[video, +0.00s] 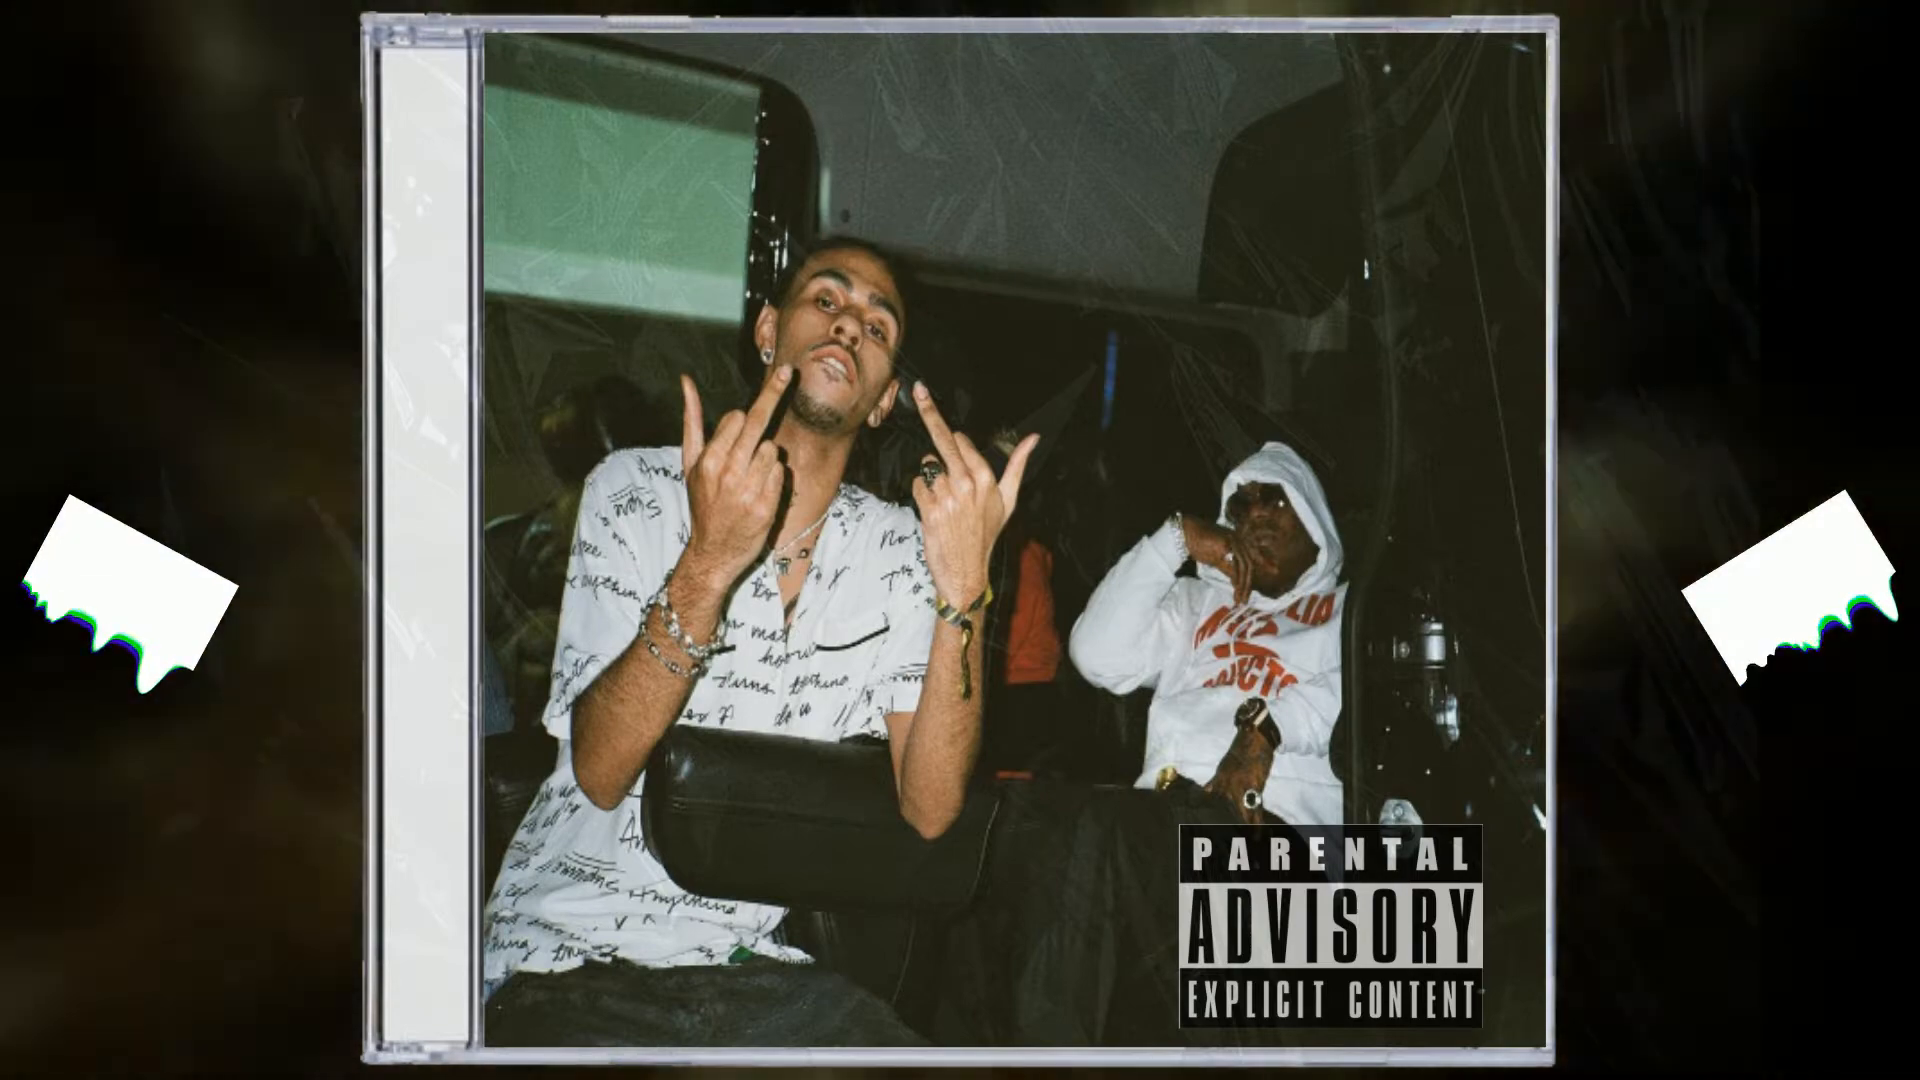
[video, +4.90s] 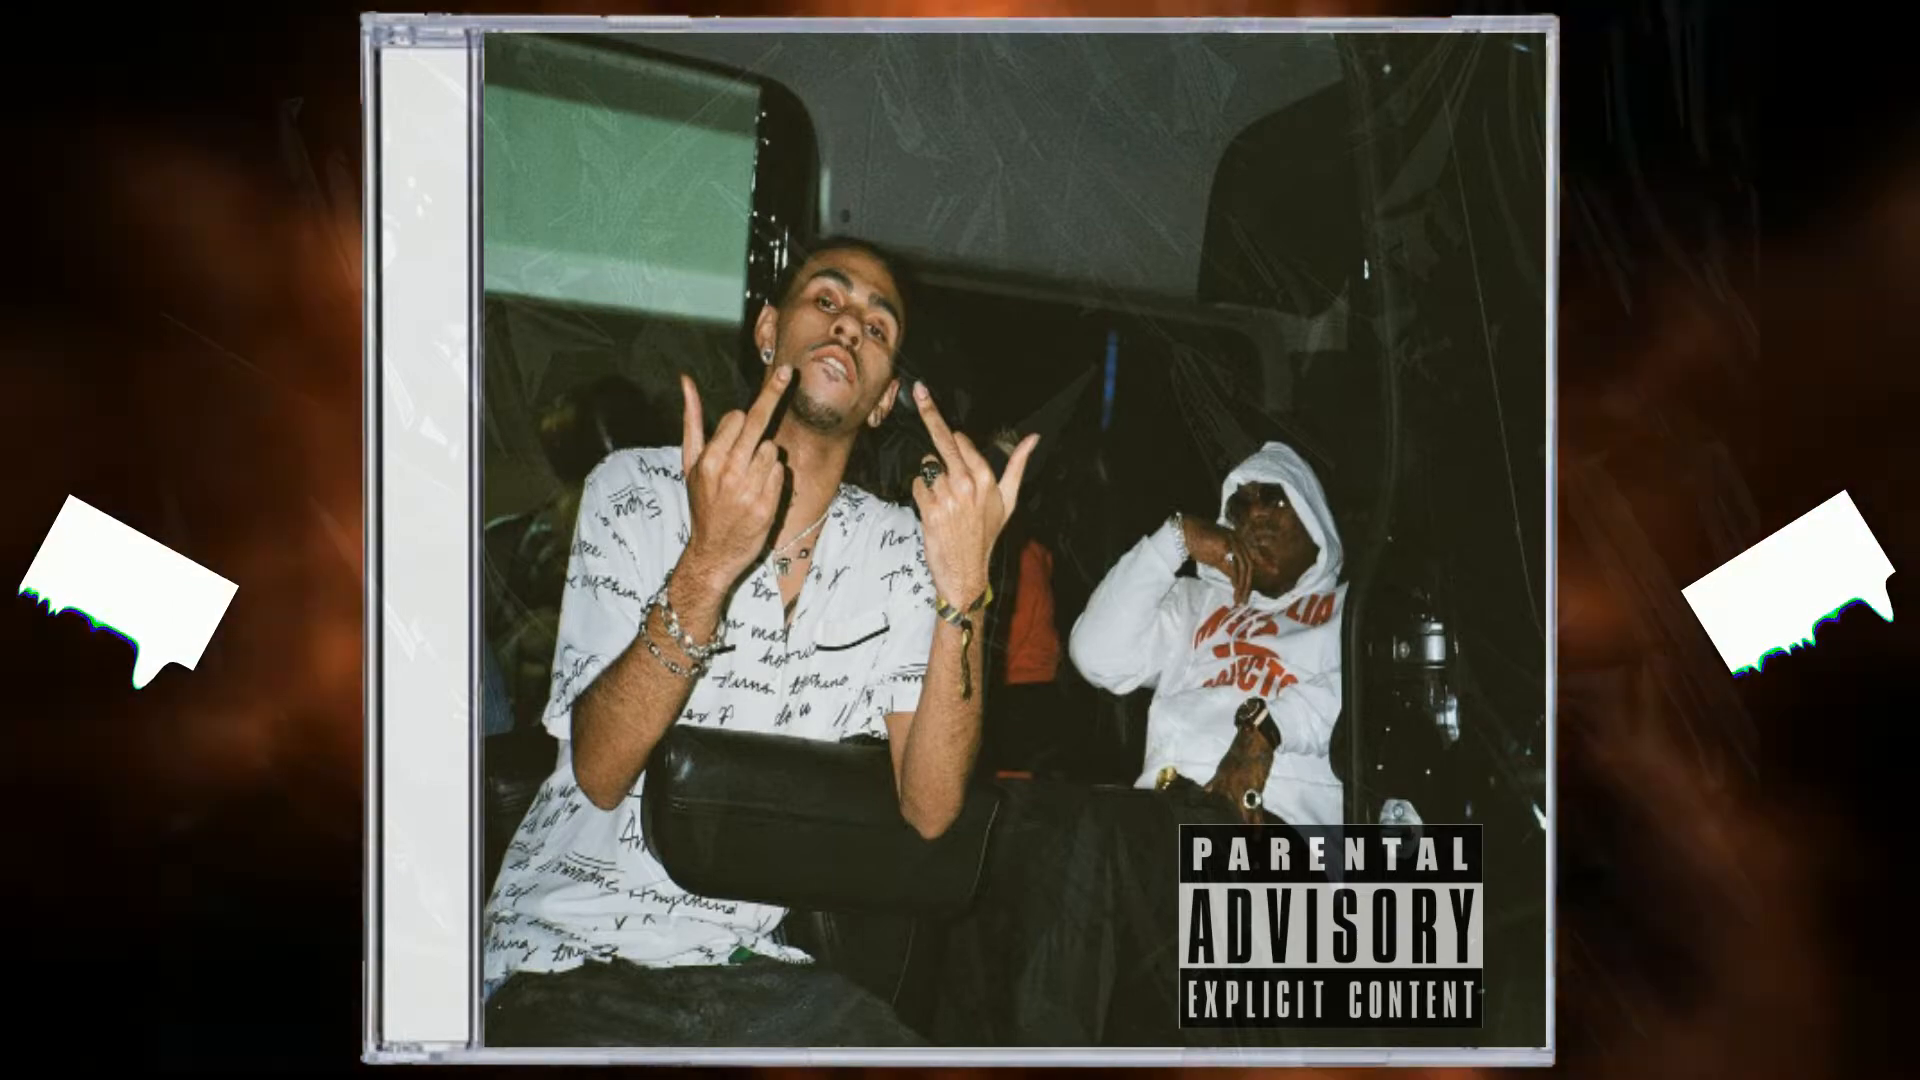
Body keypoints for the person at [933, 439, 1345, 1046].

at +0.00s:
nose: (1258, 518)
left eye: (1278, 501)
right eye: (1245, 503)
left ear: (1318, 521)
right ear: (1227, 523)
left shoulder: (1351, 607)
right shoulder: (1198, 601)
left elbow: (1342, 703)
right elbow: (1099, 657)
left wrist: (1268, 726)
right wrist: (1177, 539)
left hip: (1282, 817)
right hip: (1166, 806)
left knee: (1101, 824)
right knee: (1025, 809)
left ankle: (1052, 1053)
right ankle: (969, 1046)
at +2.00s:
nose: (1259, 517)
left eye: (1279, 501)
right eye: (1245, 502)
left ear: (1318, 521)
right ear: (1227, 523)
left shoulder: (1351, 606)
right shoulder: (1197, 601)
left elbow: (1356, 700)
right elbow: (1099, 658)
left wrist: (1269, 726)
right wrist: (1177, 539)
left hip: (1284, 817)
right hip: (1165, 807)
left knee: (1099, 825)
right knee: (1024, 810)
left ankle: (1052, 1053)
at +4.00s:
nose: (1259, 517)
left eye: (1280, 501)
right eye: (1246, 502)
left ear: (1319, 521)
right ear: (1227, 523)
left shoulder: (1352, 606)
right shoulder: (1197, 601)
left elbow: (1355, 702)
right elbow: (1099, 658)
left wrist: (1269, 725)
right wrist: (1176, 539)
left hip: (1287, 817)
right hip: (1166, 808)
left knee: (1096, 826)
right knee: (1025, 812)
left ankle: (1051, 1052)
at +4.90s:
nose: (1258, 518)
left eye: (1279, 502)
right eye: (1245, 503)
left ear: (1318, 522)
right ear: (1227, 524)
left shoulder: (1352, 607)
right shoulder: (1199, 600)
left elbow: (1339, 705)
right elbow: (1100, 658)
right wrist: (1178, 539)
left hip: (1282, 817)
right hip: (1165, 807)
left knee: (1098, 823)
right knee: (1025, 808)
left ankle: (1050, 1053)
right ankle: (966, 1049)